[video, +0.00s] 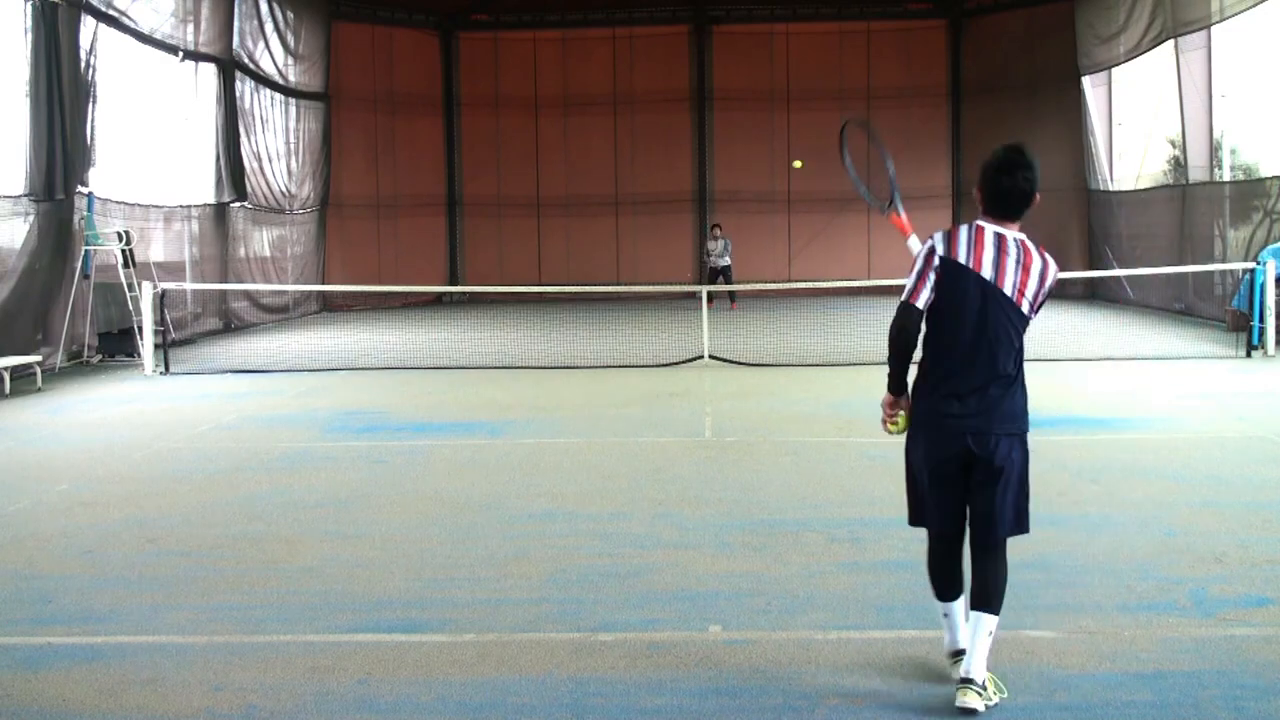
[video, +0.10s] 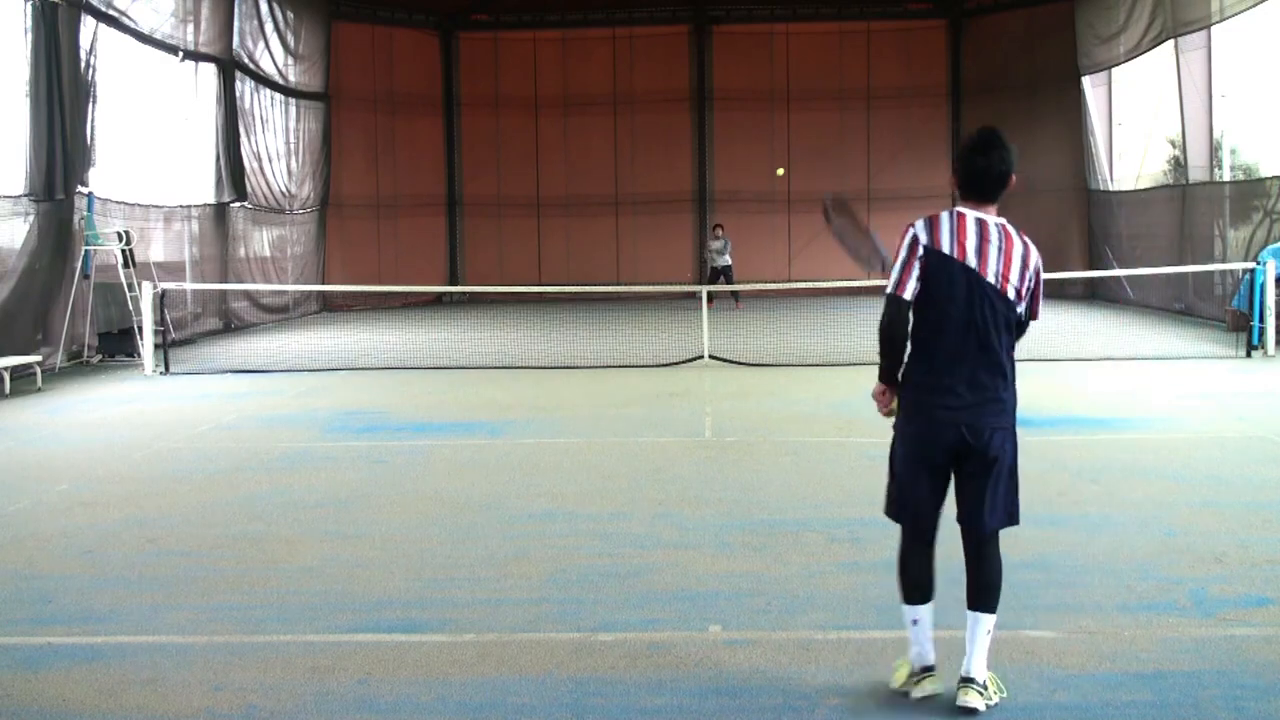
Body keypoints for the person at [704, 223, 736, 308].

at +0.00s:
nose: (716, 232)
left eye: (718, 230)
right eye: (714, 230)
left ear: (720, 231)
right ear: (712, 232)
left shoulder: (726, 242)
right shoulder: (708, 243)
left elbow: (726, 253)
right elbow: (705, 255)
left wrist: (716, 256)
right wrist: (710, 261)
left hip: (724, 265)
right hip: (713, 266)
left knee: (729, 283)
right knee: (710, 284)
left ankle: (733, 302)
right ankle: (710, 302)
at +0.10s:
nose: (718, 232)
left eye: (720, 230)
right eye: (716, 230)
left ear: (722, 232)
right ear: (713, 232)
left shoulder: (726, 242)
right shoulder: (710, 242)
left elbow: (725, 252)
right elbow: (708, 253)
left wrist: (714, 249)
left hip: (726, 265)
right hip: (715, 266)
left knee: (730, 284)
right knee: (710, 284)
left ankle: (737, 301)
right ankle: (710, 302)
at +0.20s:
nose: (721, 234)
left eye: (723, 232)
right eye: (720, 232)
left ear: (726, 234)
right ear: (717, 234)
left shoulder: (728, 242)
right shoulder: (713, 243)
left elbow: (725, 250)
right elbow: (710, 256)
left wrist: (714, 246)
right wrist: (708, 251)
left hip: (727, 266)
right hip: (716, 267)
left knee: (731, 284)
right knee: (710, 285)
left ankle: (743, 300)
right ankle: (710, 302)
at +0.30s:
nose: (725, 236)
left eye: (727, 234)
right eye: (724, 234)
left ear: (730, 235)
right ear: (722, 235)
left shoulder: (733, 244)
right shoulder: (721, 245)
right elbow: (715, 252)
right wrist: (708, 252)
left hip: (732, 268)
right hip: (721, 268)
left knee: (736, 286)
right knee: (713, 286)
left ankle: (745, 302)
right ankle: (710, 302)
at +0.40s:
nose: (730, 235)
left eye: (731, 232)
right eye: (728, 233)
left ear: (734, 234)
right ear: (726, 234)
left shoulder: (737, 242)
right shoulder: (725, 245)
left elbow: (734, 248)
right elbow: (718, 250)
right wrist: (709, 251)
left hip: (737, 267)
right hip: (727, 267)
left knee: (740, 285)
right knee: (720, 285)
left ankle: (745, 302)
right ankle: (714, 301)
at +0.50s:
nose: (732, 233)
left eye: (733, 231)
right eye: (730, 231)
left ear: (737, 232)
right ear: (728, 232)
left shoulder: (740, 241)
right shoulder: (729, 242)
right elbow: (722, 248)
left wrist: (715, 245)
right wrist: (711, 249)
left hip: (742, 264)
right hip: (732, 265)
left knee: (742, 284)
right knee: (727, 283)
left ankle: (746, 302)